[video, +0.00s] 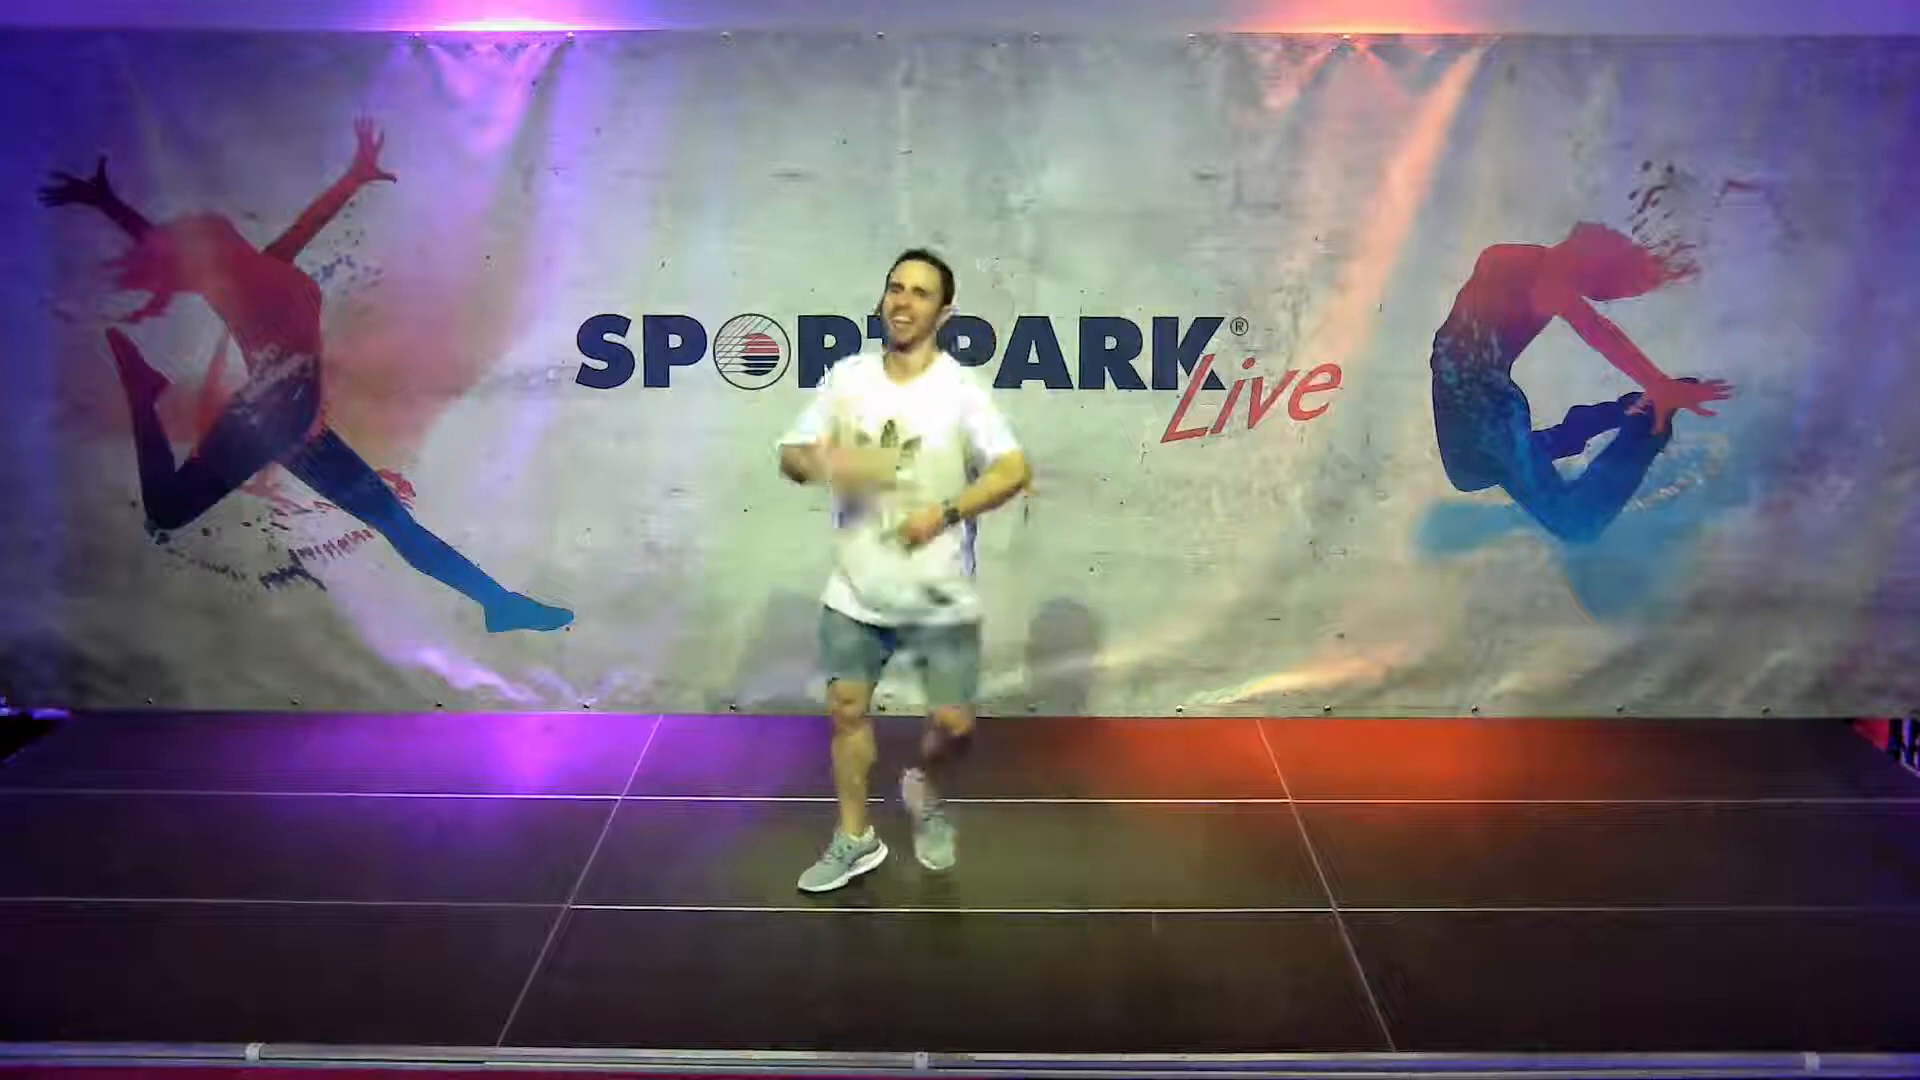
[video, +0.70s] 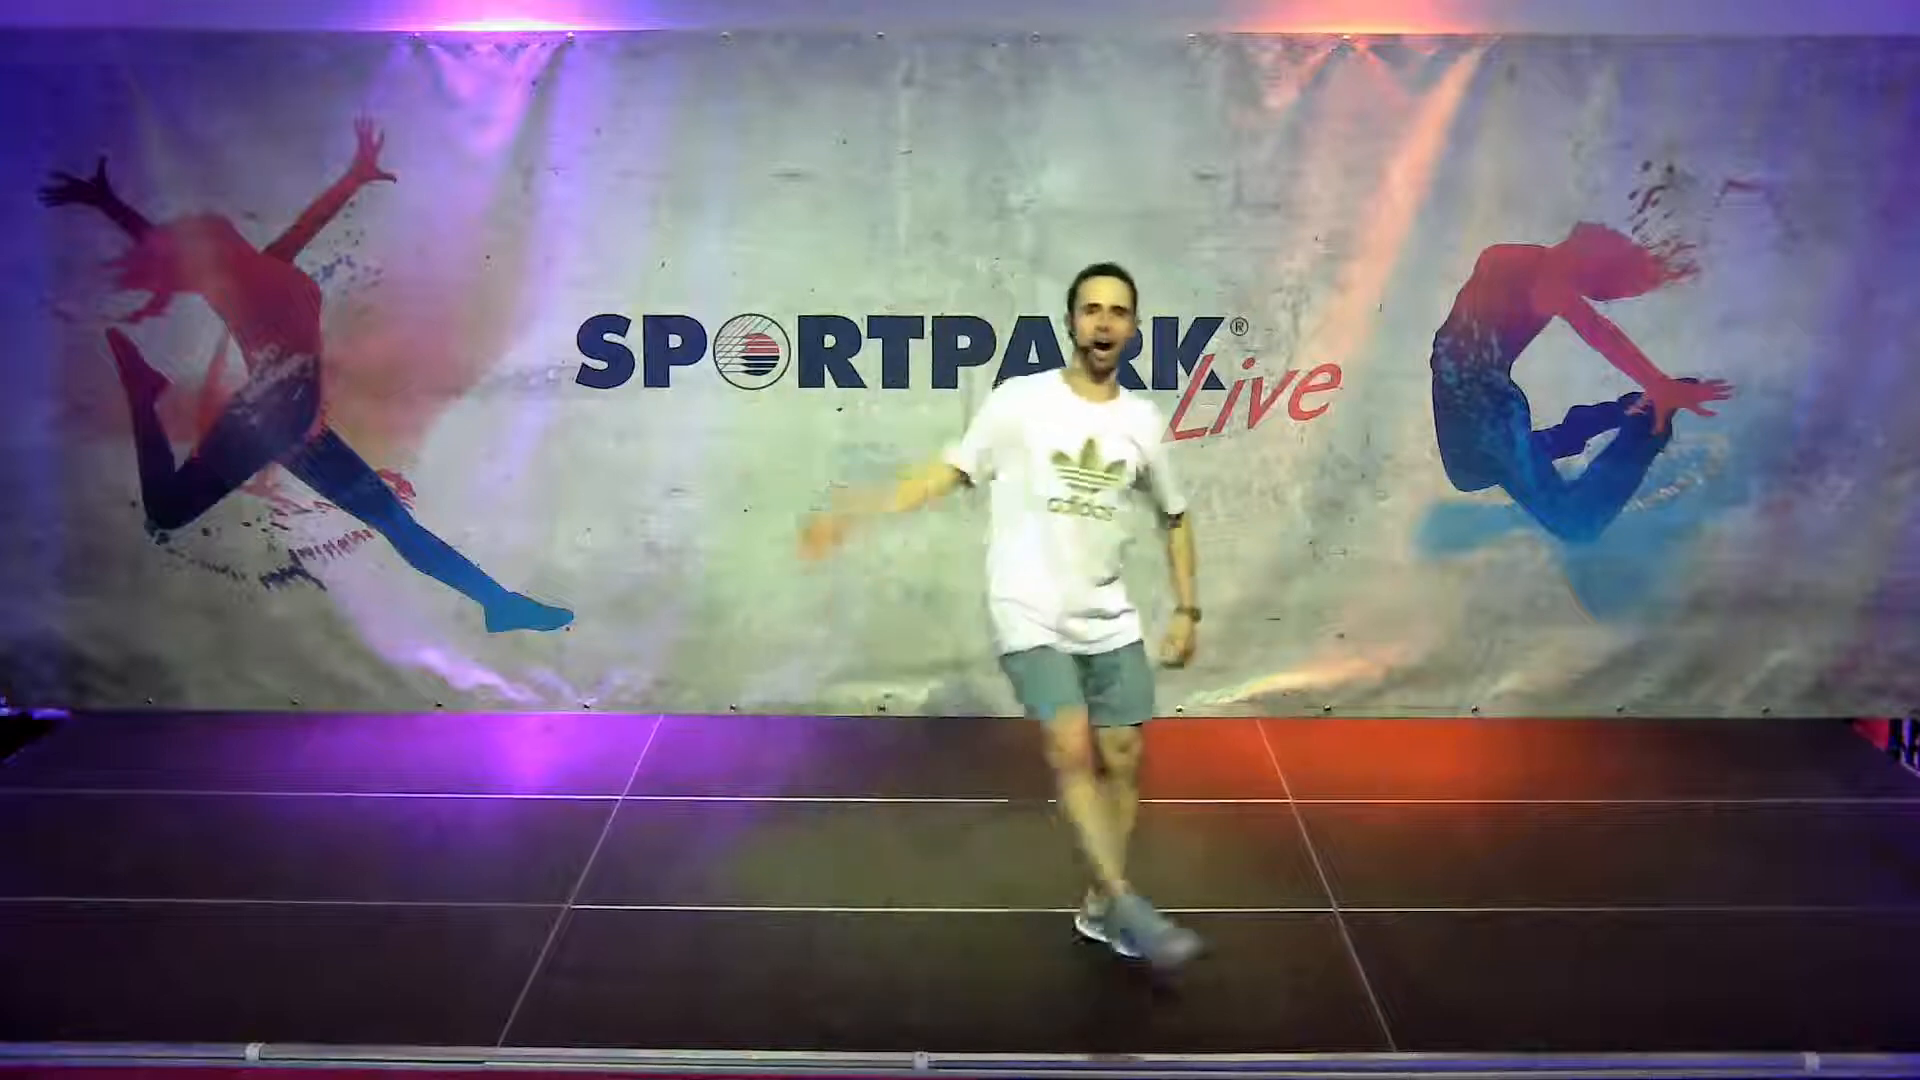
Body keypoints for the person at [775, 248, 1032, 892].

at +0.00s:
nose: (903, 302)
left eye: (919, 294)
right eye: (895, 289)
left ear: (942, 310)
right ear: (882, 300)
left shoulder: (964, 389)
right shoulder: (846, 379)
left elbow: (1013, 470)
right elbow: (792, 458)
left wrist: (945, 513)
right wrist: (835, 466)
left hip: (940, 588)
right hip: (859, 583)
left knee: (955, 725)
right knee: (845, 708)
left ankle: (922, 790)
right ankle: (854, 835)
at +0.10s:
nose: (925, 294)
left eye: (942, 285)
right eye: (917, 281)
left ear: (963, 300)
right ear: (902, 289)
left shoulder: (984, 379)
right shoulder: (860, 368)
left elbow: (1008, 457)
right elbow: (818, 451)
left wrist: (966, 479)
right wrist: (833, 542)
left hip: (962, 582)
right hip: (874, 580)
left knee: (992, 705)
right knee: (853, 702)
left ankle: (982, 835)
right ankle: (844, 831)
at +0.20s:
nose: (966, 327)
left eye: (982, 318)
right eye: (955, 313)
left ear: (997, 330)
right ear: (935, 318)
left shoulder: (1008, 404)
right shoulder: (885, 398)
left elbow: (1032, 478)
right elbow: (852, 503)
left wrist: (1026, 426)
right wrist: (829, 597)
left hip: (975, 604)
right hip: (885, 600)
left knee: (1021, 735)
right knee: (865, 729)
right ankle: (848, 840)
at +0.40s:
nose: (1022, 333)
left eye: (1036, 322)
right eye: (1011, 319)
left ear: (1052, 335)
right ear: (988, 328)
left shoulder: (1072, 417)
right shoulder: (946, 416)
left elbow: (1145, 482)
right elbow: (900, 507)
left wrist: (1095, 463)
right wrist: (854, 580)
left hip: (1046, 618)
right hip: (955, 621)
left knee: (1085, 747)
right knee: (903, 749)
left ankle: (1105, 898)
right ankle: (861, 830)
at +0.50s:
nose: (1049, 319)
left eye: (1063, 309)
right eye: (1038, 306)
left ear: (1079, 324)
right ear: (1016, 316)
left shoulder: (1103, 408)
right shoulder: (973, 402)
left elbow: (1181, 479)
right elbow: (924, 498)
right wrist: (875, 574)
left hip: (1075, 613)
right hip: (982, 611)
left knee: (1097, 743)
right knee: (949, 742)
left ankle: (1106, 895)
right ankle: (943, 853)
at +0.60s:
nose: (1082, 317)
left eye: (1096, 306)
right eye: (1070, 303)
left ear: (1113, 321)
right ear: (1048, 313)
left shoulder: (1135, 416)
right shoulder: (1001, 402)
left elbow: (1192, 500)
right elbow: (948, 495)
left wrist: (1203, 591)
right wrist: (884, 566)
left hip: (1094, 610)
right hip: (1010, 610)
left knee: (1114, 747)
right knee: (1039, 749)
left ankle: (1110, 903)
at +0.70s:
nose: (1104, 324)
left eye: (1118, 312)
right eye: (1091, 310)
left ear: (1135, 326)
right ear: (1069, 320)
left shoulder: (1143, 420)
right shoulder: (1017, 404)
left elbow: (1175, 519)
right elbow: (938, 481)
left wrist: (1187, 612)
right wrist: (850, 513)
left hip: (1107, 614)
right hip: (1030, 611)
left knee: (1124, 755)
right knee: (1072, 748)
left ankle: (1102, 904)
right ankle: (1126, 904)